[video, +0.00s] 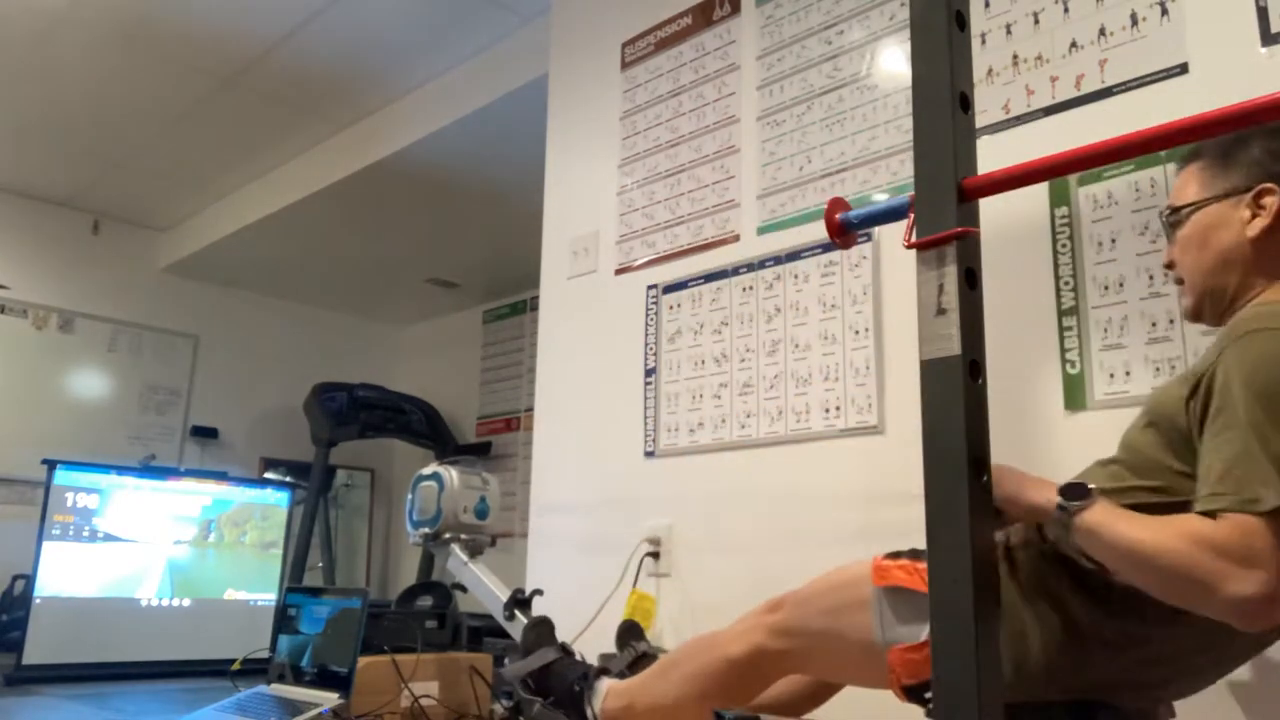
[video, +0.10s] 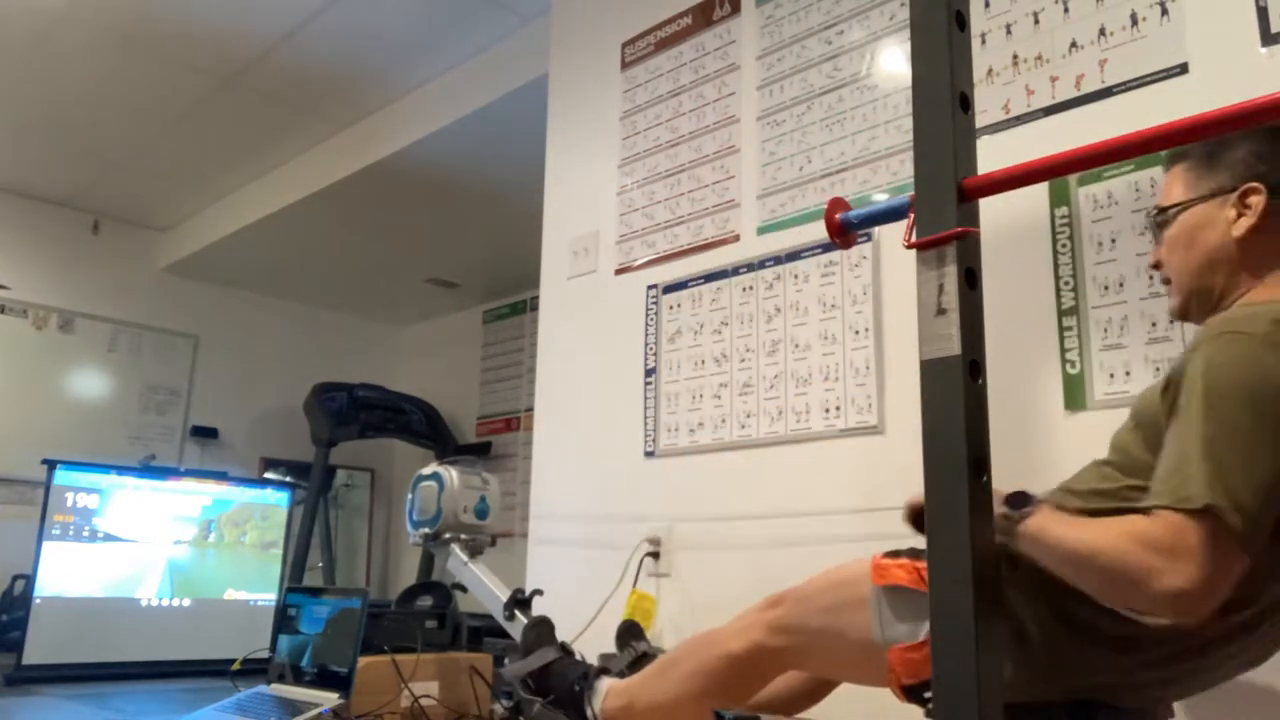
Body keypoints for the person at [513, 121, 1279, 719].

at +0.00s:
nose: (1166, 252)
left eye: (1180, 221)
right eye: (1168, 227)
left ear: (1261, 214)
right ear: (1257, 220)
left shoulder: (1264, 337)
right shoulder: (1249, 342)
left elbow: (1250, 582)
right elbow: (1222, 550)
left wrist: (1057, 505)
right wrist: (1046, 508)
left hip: (1064, 619)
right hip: (1097, 634)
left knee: (783, 624)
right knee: (828, 650)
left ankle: (607, 705)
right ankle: (680, 712)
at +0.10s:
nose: (1155, 249)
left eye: (1169, 219)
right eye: (1157, 225)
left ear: (1246, 214)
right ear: (1246, 219)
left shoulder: (1250, 339)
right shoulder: (1251, 335)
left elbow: (1182, 575)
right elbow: (1194, 562)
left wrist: (1009, 519)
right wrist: (1017, 521)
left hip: (1071, 627)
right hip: (1097, 631)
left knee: (784, 620)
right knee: (826, 637)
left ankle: (606, 702)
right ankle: (667, 707)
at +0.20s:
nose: (1126, 246)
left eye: (1138, 216)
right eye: (1129, 223)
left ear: (1216, 210)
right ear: (1221, 213)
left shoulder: (1217, 341)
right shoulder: (1264, 333)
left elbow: (1116, 554)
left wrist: (933, 510)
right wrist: (957, 527)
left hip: (1048, 640)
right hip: (1118, 654)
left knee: (774, 617)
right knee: (829, 632)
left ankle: (608, 704)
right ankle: (683, 709)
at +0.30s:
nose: (1079, 237)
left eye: (1092, 208)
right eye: (1079, 215)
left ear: (1166, 200)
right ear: (1178, 203)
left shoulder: (1174, 324)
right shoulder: (1260, 319)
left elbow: (1053, 513)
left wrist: (887, 498)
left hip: (1050, 639)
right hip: (1125, 647)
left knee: (772, 609)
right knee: (828, 625)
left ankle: (607, 704)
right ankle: (676, 706)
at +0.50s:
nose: (968, 220)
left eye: (981, 195)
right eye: (972, 199)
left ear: (1036, 195)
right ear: (1055, 198)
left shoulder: (1052, 294)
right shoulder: (1131, 297)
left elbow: (882, 453)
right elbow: (1042, 521)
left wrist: (755, 491)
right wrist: (881, 516)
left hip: (1036, 624)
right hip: (1102, 626)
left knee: (756, 583)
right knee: (833, 569)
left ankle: (610, 705)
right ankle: (697, 697)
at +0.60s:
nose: (912, 245)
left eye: (923, 220)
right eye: (914, 222)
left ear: (970, 218)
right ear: (1024, 222)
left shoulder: (984, 298)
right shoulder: (1071, 309)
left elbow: (818, 449)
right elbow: (952, 501)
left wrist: (694, 497)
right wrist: (775, 531)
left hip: (1005, 625)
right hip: (1077, 630)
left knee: (739, 560)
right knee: (801, 572)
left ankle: (614, 702)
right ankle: (692, 699)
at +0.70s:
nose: (846, 256)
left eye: (853, 235)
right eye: (846, 237)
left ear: (907, 232)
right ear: (933, 234)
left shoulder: (898, 318)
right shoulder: (1005, 316)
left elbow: (750, 456)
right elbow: (923, 486)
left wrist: (650, 509)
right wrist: (825, 528)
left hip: (944, 627)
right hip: (1031, 627)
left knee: (708, 538)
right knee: (783, 546)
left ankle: (609, 704)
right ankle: (690, 692)